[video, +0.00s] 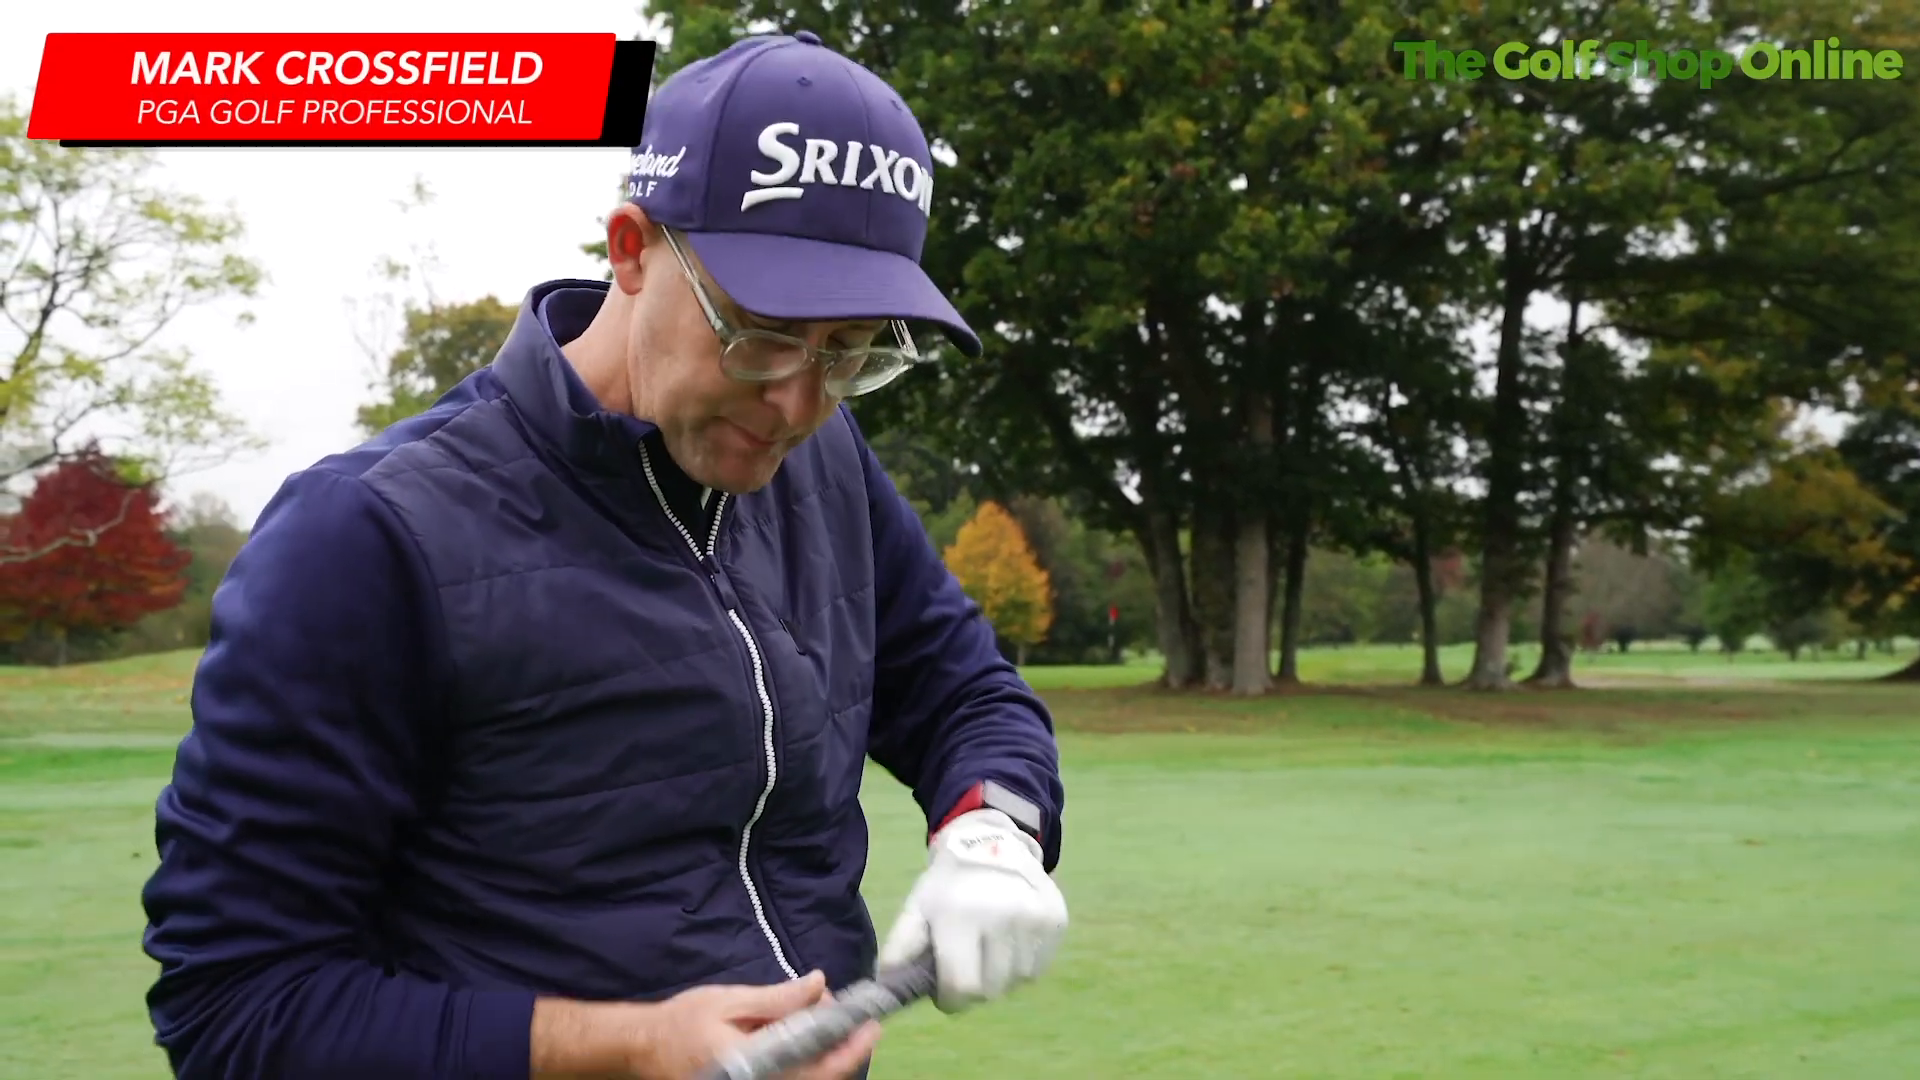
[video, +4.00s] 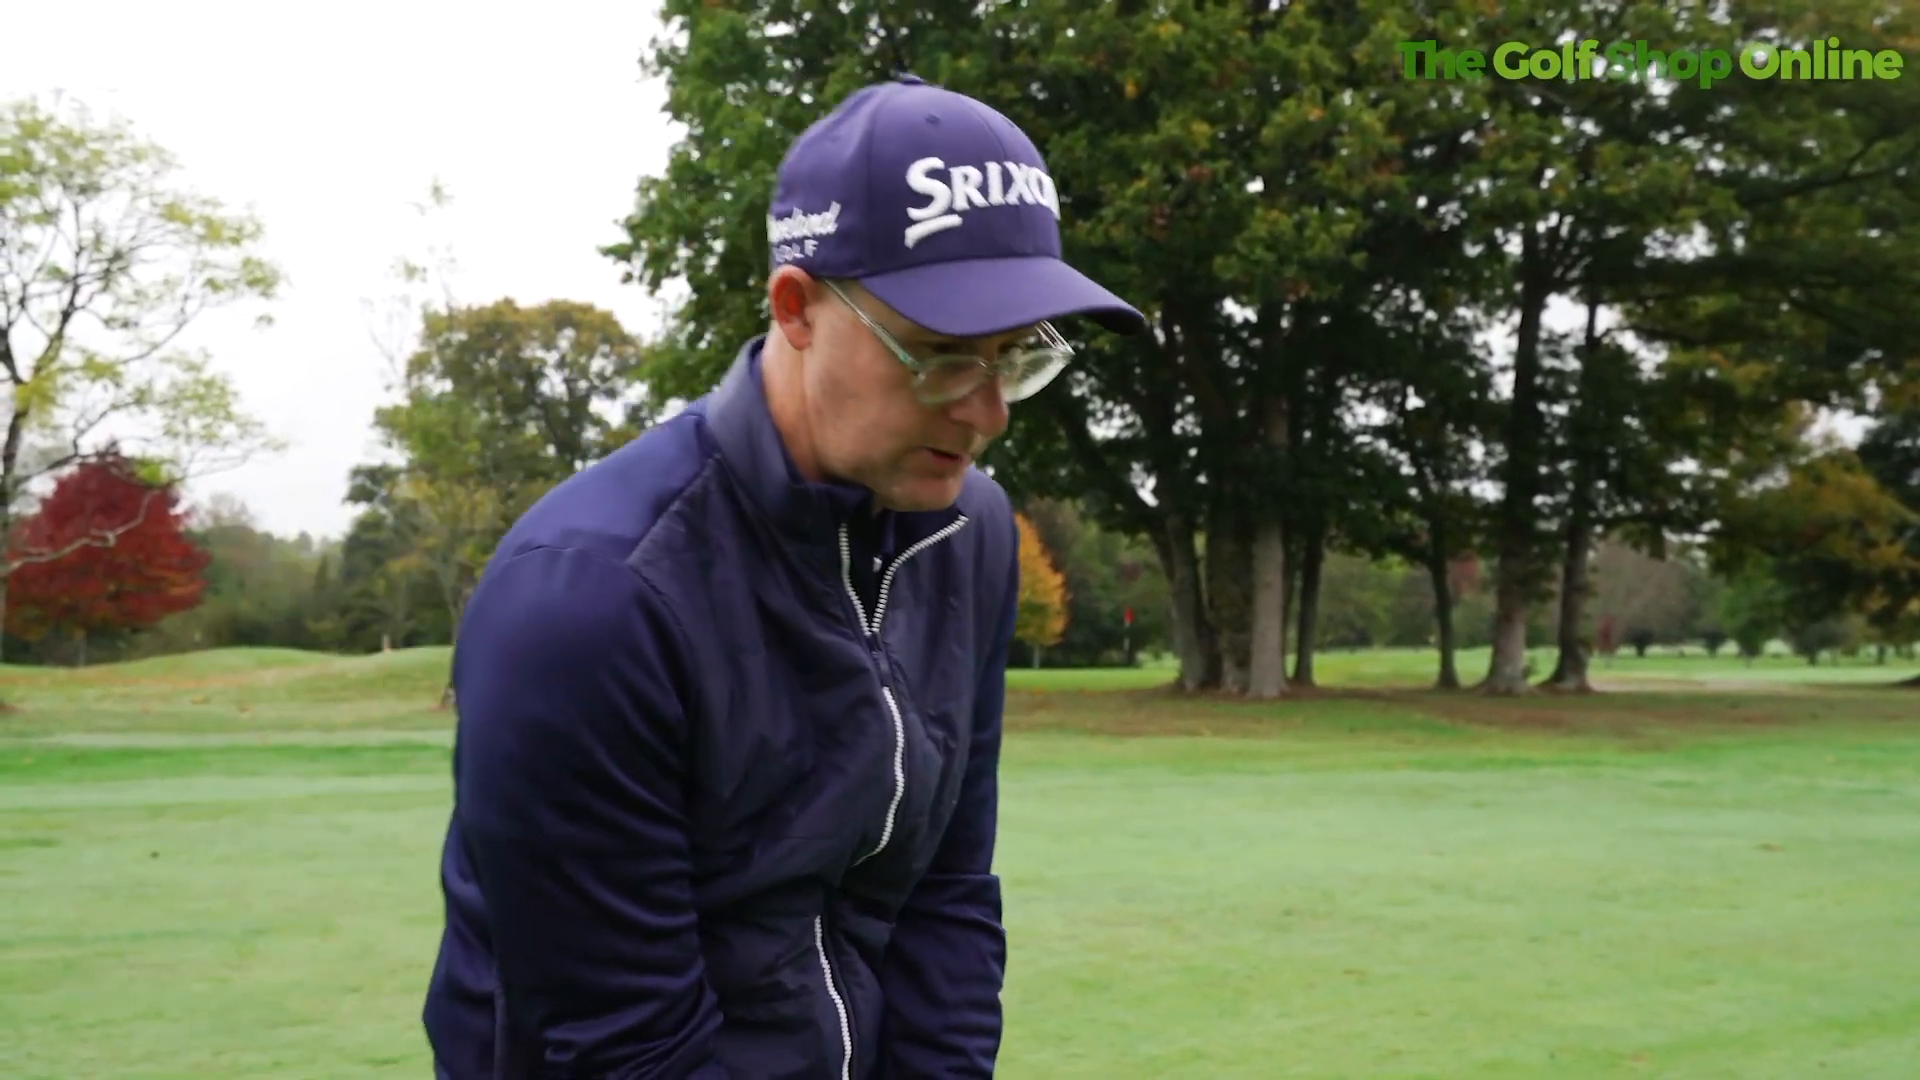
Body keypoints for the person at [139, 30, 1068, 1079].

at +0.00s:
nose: (795, 396)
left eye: (847, 350)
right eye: (755, 330)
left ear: (885, 323)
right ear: (632, 251)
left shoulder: (822, 468)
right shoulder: (366, 539)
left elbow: (966, 692)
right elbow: (230, 1002)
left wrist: (990, 830)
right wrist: (632, 1041)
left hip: (816, 1057)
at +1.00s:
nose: (757, 234)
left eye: (812, 190)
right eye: (717, 171)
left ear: (872, 247)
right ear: (624, 195)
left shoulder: (890, 494)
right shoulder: (405, 496)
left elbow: (989, 812)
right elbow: (146, 930)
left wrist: (1024, 1052)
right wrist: (532, 1037)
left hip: (853, 1061)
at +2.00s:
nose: (784, 235)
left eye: (837, 181)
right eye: (738, 161)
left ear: (887, 224)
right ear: (631, 169)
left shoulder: (898, 473)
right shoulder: (402, 513)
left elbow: (839, 821)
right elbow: (259, 968)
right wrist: (564, 1061)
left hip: (859, 1056)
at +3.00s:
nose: (743, 220)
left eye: (790, 172)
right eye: (695, 155)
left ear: (832, 213)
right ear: (587, 168)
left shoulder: (854, 443)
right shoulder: (401, 459)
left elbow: (915, 742)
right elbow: (159, 867)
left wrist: (952, 993)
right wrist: (620, 968)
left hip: (831, 1056)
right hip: (525, 1054)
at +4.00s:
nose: (985, 408)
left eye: (1012, 355)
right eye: (938, 351)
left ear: (1038, 334)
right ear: (795, 311)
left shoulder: (971, 534)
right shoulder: (588, 602)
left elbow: (948, 907)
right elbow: (624, 1041)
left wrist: (944, 1063)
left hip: (862, 1041)